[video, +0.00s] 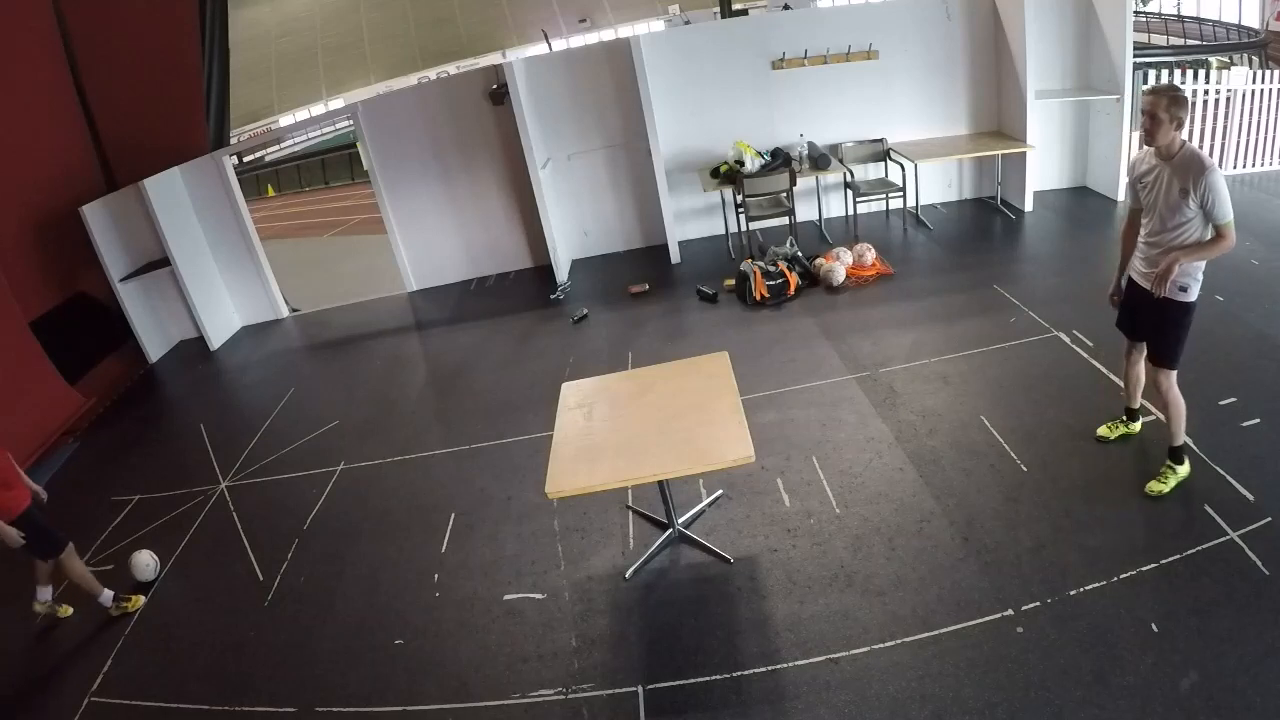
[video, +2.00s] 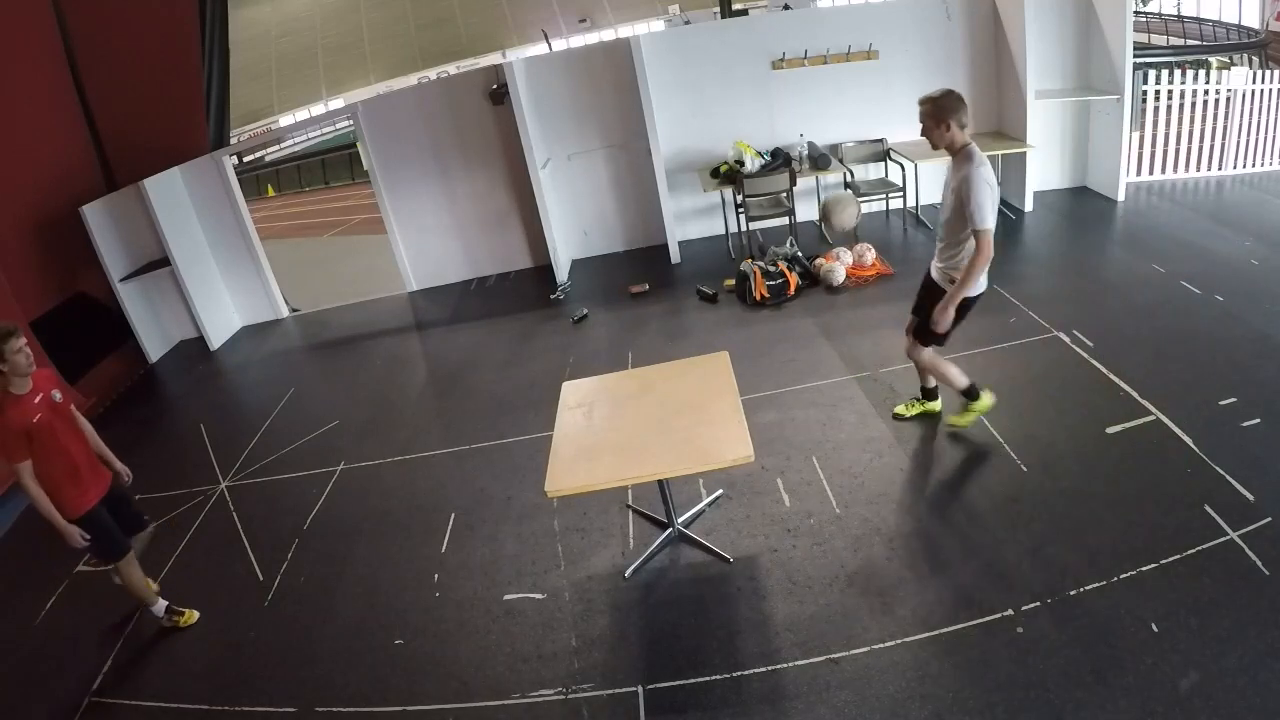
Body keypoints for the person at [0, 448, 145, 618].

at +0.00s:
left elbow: (5, 458)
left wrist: (30, 484)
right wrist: (3, 529)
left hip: (22, 497)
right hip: (10, 510)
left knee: (44, 549)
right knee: (65, 550)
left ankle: (43, 601)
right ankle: (110, 601)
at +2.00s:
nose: (28, 353)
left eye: (26, 346)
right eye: (18, 351)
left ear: (30, 347)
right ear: (4, 364)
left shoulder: (47, 377)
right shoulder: (10, 417)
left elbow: (79, 421)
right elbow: (27, 480)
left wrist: (113, 461)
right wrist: (63, 526)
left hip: (101, 477)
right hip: (77, 502)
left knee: (141, 528)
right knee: (122, 555)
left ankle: (123, 572)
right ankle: (163, 611)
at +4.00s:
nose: (250, 308)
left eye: (249, 299)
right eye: (242, 302)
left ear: (219, 309)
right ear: (212, 311)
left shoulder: (233, 344)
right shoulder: (206, 375)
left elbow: (256, 412)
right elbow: (228, 468)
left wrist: (293, 444)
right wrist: (286, 516)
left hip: (287, 483)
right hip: (266, 507)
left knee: (323, 552)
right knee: (313, 573)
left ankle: (345, 621)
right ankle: (341, 642)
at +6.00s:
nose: (275, 287)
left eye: (271, 278)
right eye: (265, 282)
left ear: (243, 295)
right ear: (238, 297)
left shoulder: (260, 329)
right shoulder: (241, 361)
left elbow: (292, 401)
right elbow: (268, 453)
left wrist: (329, 439)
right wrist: (321, 509)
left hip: (325, 467)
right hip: (311, 491)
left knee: (353, 547)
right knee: (355, 560)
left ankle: (367, 610)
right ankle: (390, 628)